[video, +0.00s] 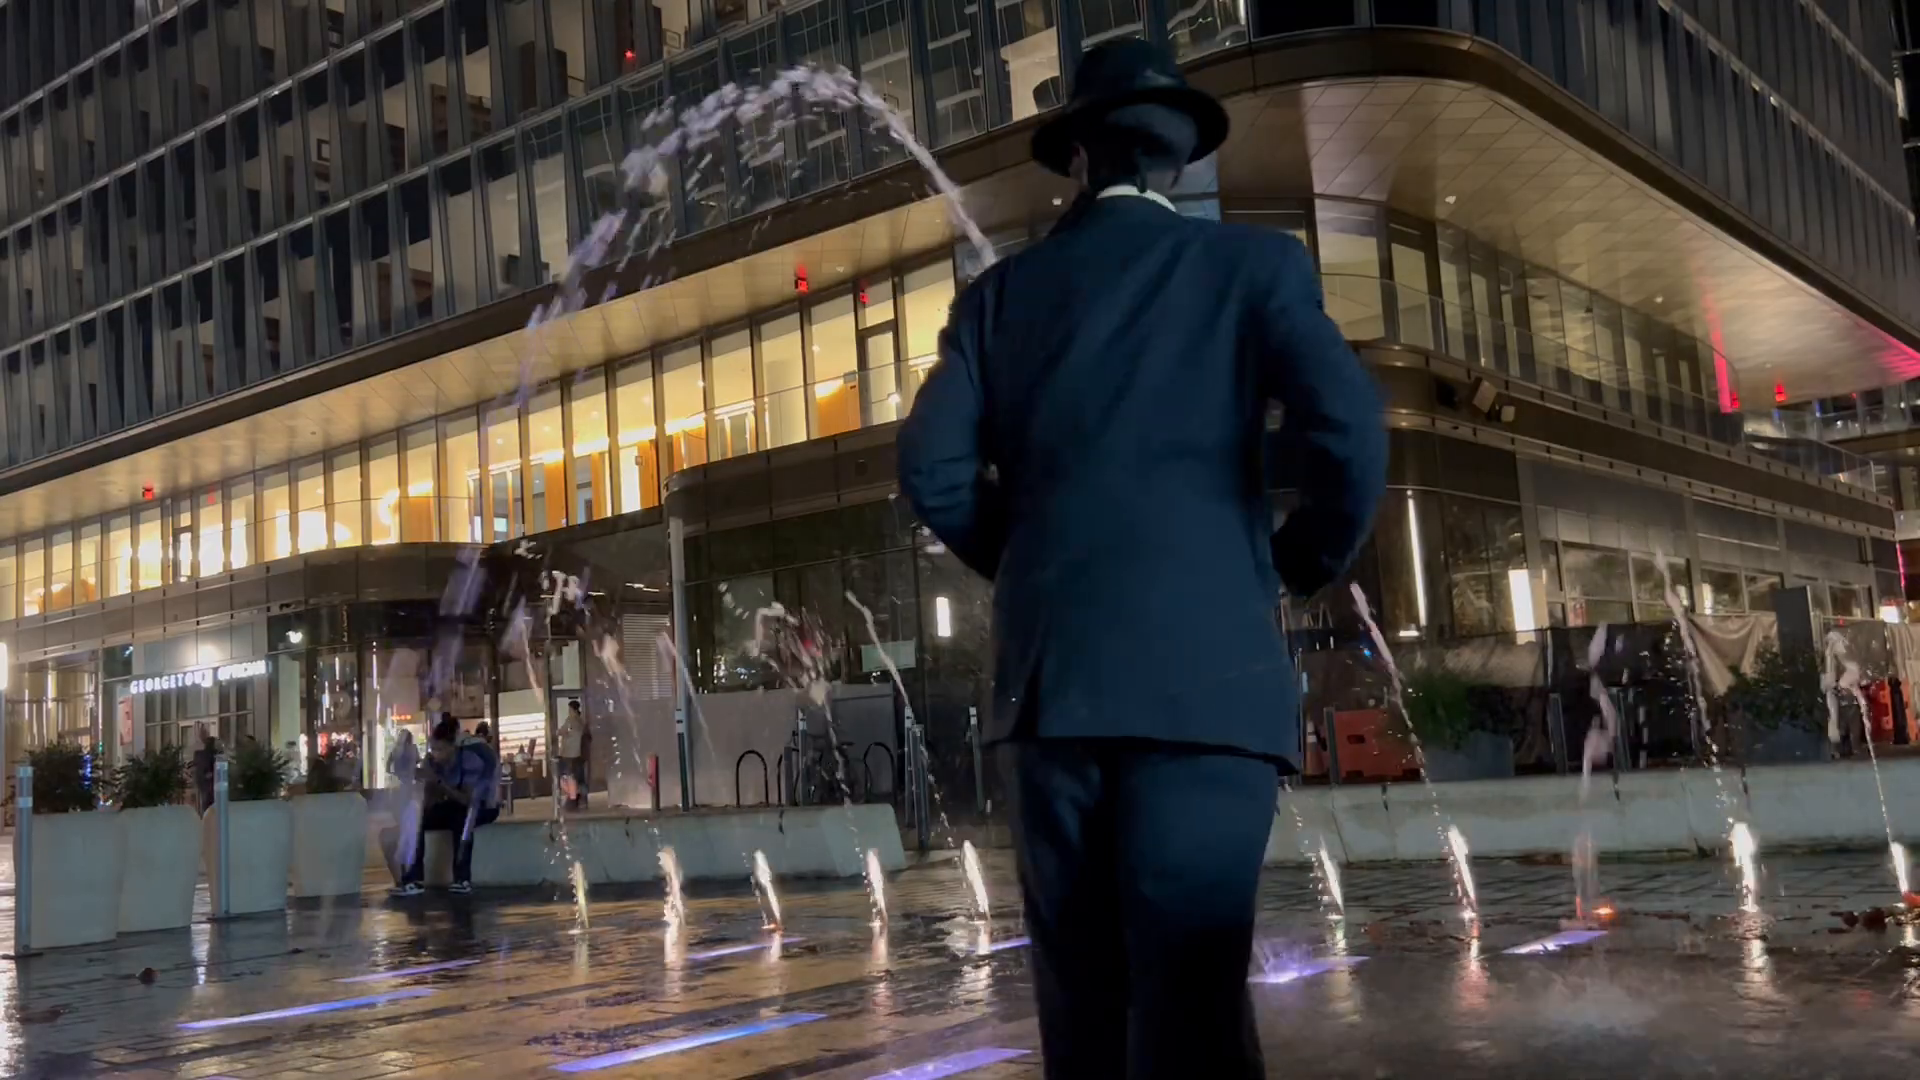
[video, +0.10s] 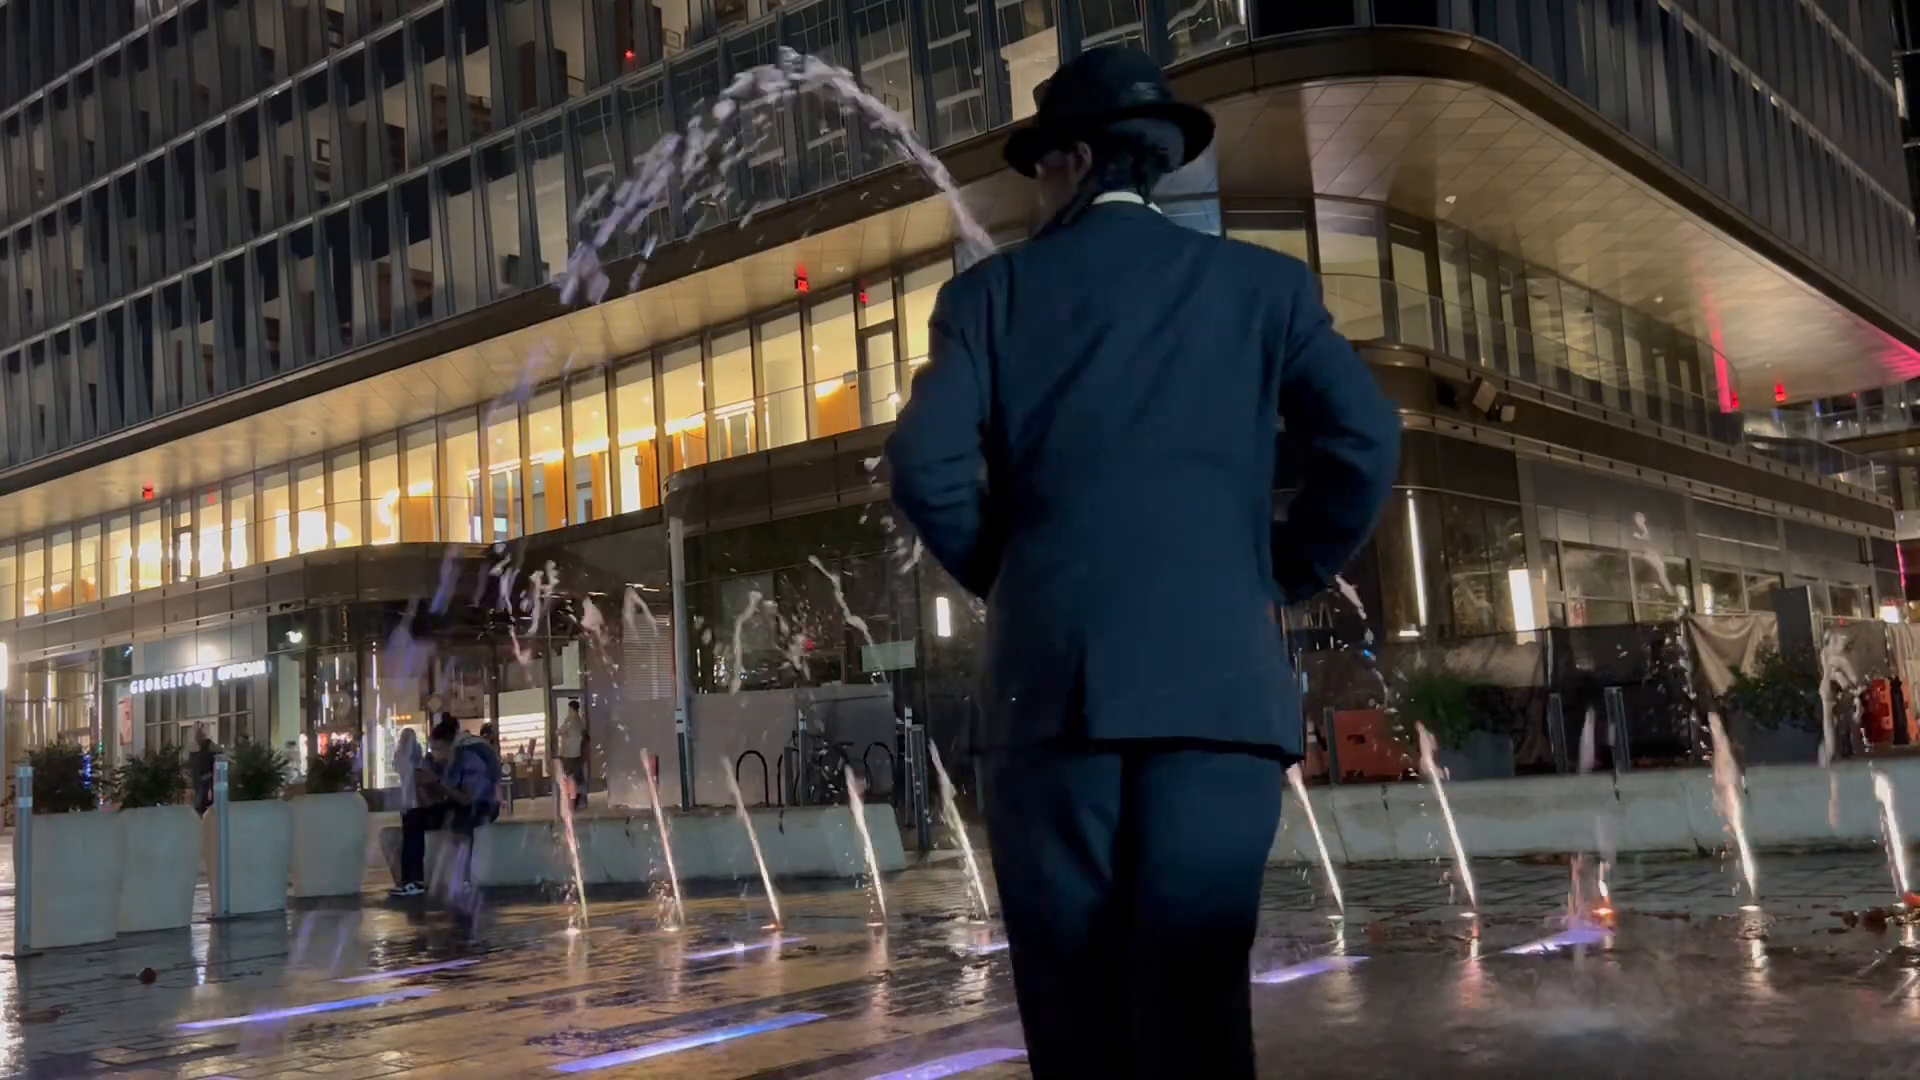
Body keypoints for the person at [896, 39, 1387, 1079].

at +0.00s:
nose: (1204, 171)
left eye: (1074, 155)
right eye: (1196, 153)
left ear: (1075, 170)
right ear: (1191, 163)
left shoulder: (1000, 292)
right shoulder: (1256, 262)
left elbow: (932, 467)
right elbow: (1351, 440)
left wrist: (1029, 555)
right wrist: (1300, 561)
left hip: (1049, 670)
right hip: (1206, 664)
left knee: (1079, 998)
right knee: (1194, 993)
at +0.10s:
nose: (1037, 184)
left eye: (1042, 162)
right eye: (1039, 163)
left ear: (1072, 160)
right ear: (1166, 161)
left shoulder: (992, 292)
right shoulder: (1269, 282)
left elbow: (925, 466)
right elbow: (1368, 436)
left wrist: (1009, 565)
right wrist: (1290, 564)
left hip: (1049, 679)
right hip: (1221, 670)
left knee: (1070, 1008)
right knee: (1199, 1000)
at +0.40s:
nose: (1035, 200)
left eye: (1038, 176)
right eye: (1036, 178)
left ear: (1063, 173)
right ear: (1153, 174)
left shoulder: (1024, 278)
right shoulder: (1255, 294)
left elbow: (998, 455)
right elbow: (1324, 466)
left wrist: (978, 552)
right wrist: (1231, 549)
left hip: (1077, 676)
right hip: (1225, 667)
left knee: (1091, 980)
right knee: (1237, 944)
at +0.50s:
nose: (1061, 188)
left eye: (1061, 168)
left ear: (1073, 176)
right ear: (1175, 173)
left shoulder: (1041, 278)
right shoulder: (1267, 295)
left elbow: (1028, 457)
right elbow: (1341, 465)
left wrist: (981, 517)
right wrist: (1248, 557)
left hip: (1100, 680)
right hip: (1240, 671)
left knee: (1098, 989)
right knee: (1251, 970)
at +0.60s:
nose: (1074, 191)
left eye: (1074, 171)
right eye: (1080, 170)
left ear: (1088, 175)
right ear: (1191, 173)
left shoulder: (1061, 275)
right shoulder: (1283, 292)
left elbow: (1052, 456)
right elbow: (1358, 463)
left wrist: (991, 504)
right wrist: (1266, 559)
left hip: (1115, 683)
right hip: (1258, 675)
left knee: (1109, 992)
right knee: (1271, 979)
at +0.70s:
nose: (1086, 195)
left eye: (1088, 175)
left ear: (1102, 179)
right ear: (1209, 179)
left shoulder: (1069, 277)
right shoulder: (1302, 292)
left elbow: (1060, 453)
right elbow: (1378, 462)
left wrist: (1007, 514)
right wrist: (1285, 559)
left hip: (1128, 694)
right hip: (1283, 688)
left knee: (1116, 1003)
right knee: (1301, 990)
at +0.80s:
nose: (1092, 192)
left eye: (1095, 172)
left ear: (1109, 175)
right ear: (1214, 177)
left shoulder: (1074, 280)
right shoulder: (1310, 292)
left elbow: (1062, 462)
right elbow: (1399, 453)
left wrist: (1031, 531)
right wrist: (1310, 568)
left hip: (1138, 700)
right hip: (1294, 694)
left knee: (1125, 1012)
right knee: (1321, 1004)